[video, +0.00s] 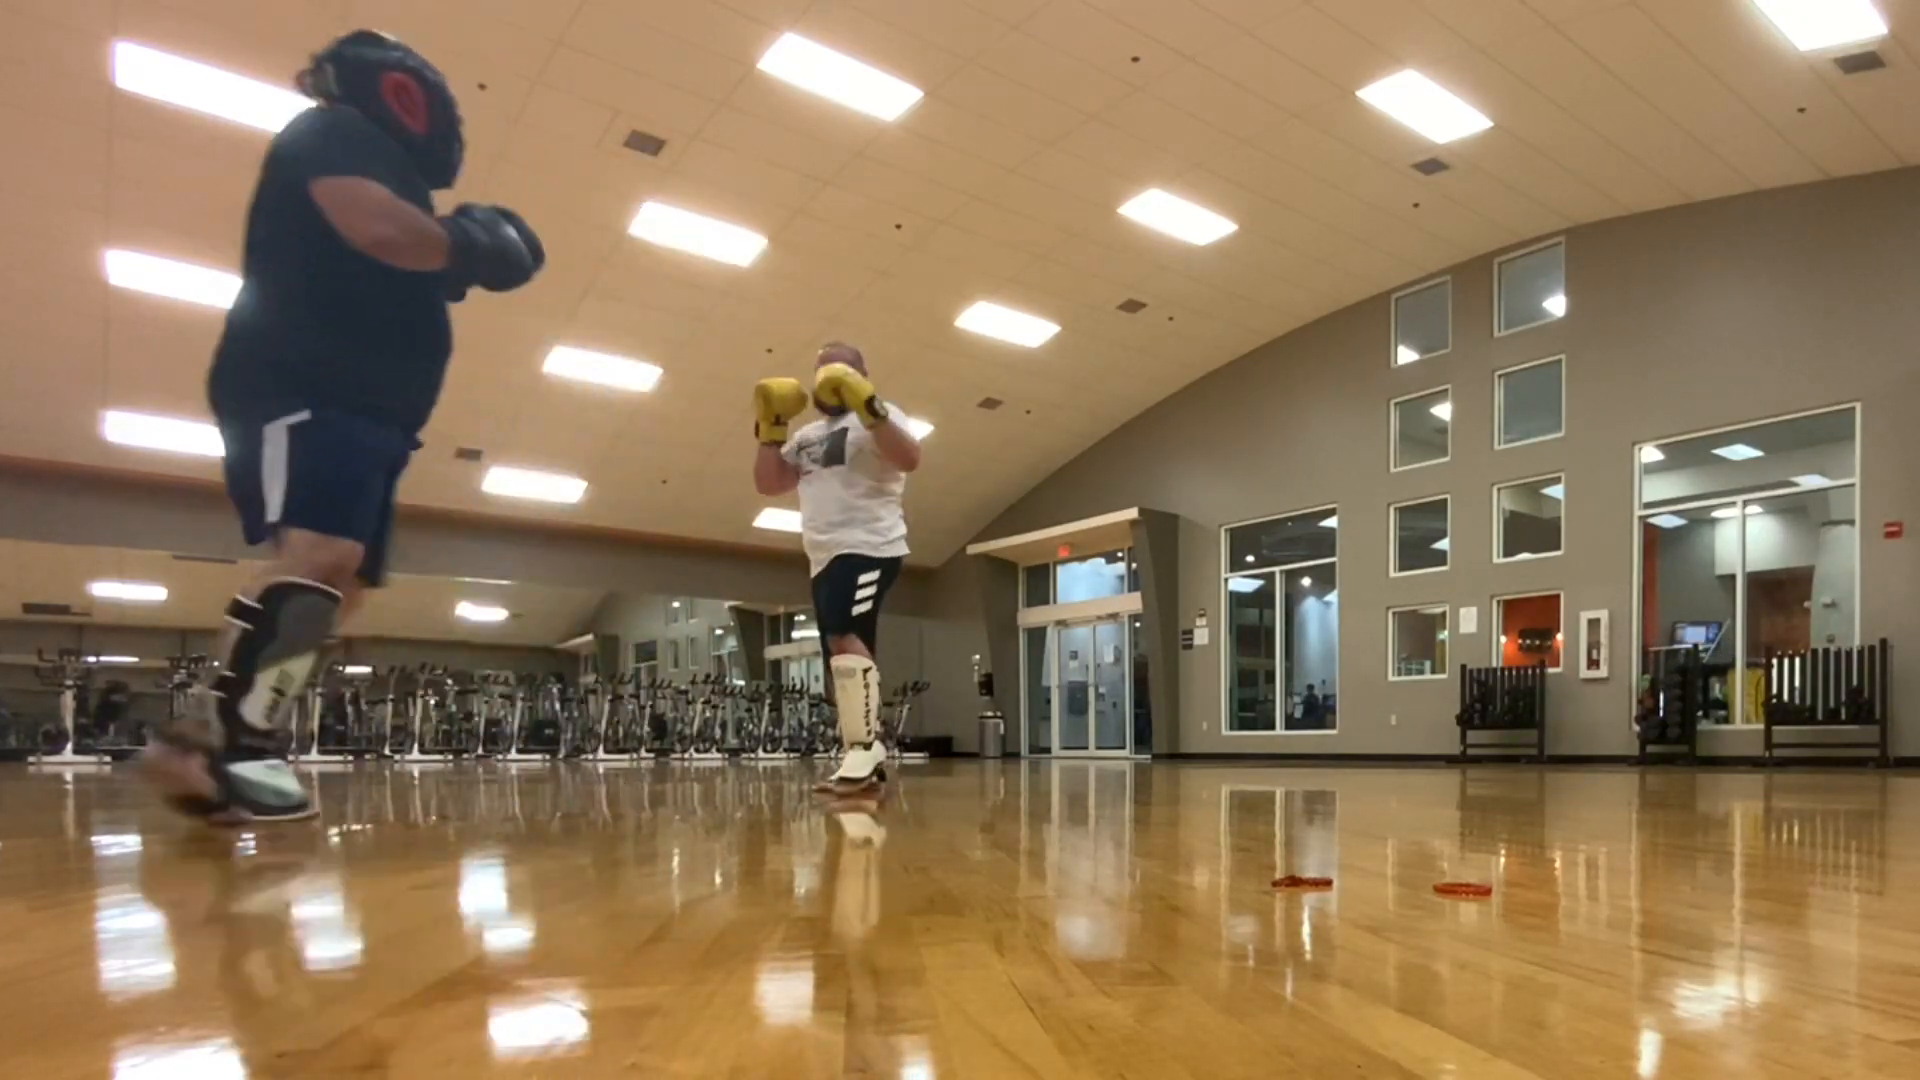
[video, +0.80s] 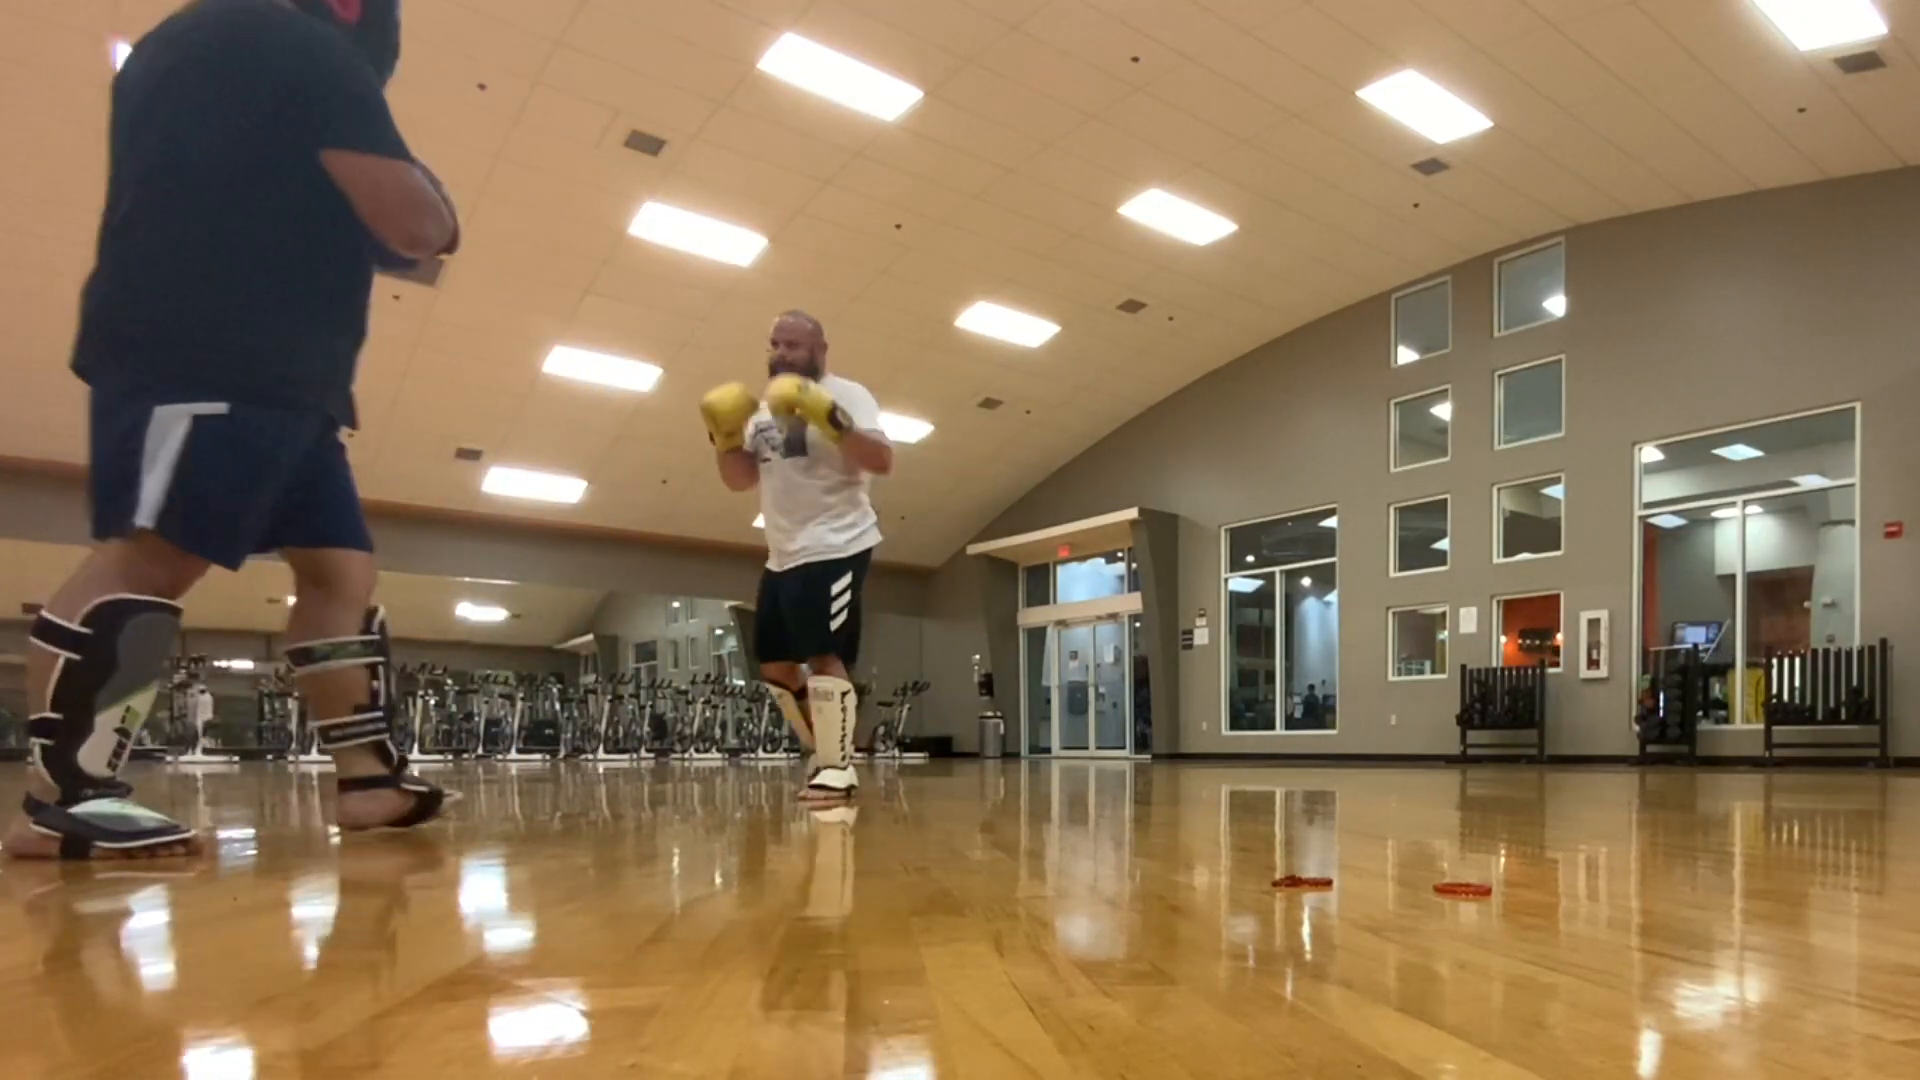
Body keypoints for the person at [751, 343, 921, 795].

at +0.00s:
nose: (832, 372)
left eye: (842, 365)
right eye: (825, 364)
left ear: (861, 375)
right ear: (815, 378)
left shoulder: (879, 416)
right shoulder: (806, 435)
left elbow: (909, 459)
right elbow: (770, 484)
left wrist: (870, 410)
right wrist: (769, 432)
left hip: (870, 544)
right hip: (826, 552)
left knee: (844, 637)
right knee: (847, 649)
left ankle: (859, 749)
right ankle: (866, 750)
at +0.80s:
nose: (781, 353)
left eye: (793, 345)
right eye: (775, 344)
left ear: (821, 352)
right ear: (769, 349)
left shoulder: (847, 396)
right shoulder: (762, 409)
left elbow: (880, 460)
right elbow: (741, 479)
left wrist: (829, 419)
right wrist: (724, 438)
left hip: (837, 541)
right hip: (785, 550)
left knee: (824, 656)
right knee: (776, 666)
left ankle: (836, 772)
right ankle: (833, 756)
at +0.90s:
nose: (776, 332)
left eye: (788, 324)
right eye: (770, 323)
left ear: (811, 339)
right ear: (761, 340)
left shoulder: (834, 382)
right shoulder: (755, 401)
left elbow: (863, 432)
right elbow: (721, 459)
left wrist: (818, 376)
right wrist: (714, 409)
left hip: (829, 541)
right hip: (773, 546)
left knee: (825, 653)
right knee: (753, 652)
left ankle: (837, 770)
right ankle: (786, 747)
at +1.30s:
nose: (717, 338)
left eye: (730, 331)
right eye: (709, 329)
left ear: (755, 342)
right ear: (697, 339)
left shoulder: (784, 388)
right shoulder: (683, 395)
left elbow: (830, 461)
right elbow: (651, 471)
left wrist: (798, 423)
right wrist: (660, 429)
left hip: (769, 536)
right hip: (705, 546)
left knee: (779, 635)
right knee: (705, 658)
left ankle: (818, 750)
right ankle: (710, 766)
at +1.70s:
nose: (727, 312)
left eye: (731, 306)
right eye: (719, 305)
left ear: (740, 321)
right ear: (700, 318)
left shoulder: (759, 377)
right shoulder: (676, 374)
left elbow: (808, 459)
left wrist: (795, 411)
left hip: (744, 532)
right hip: (688, 532)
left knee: (738, 650)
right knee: (691, 651)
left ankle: (751, 767)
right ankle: (699, 758)